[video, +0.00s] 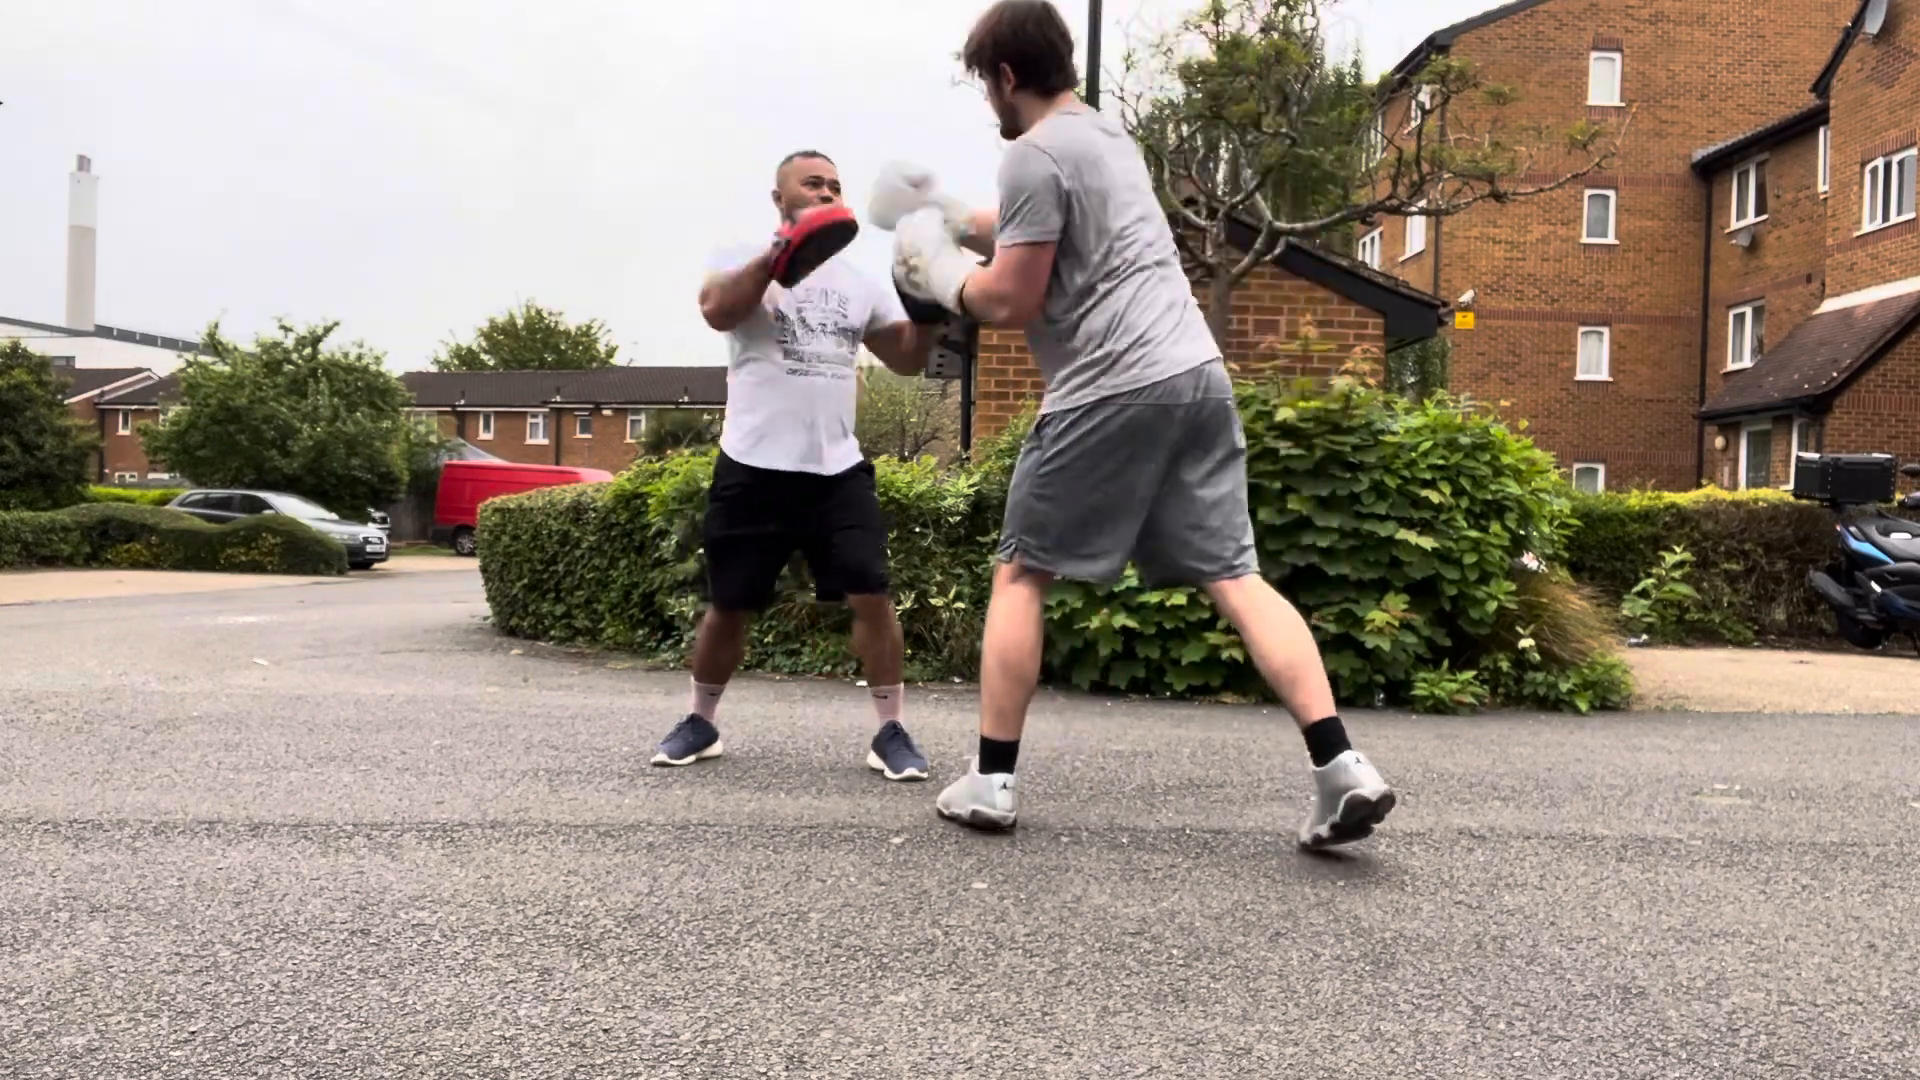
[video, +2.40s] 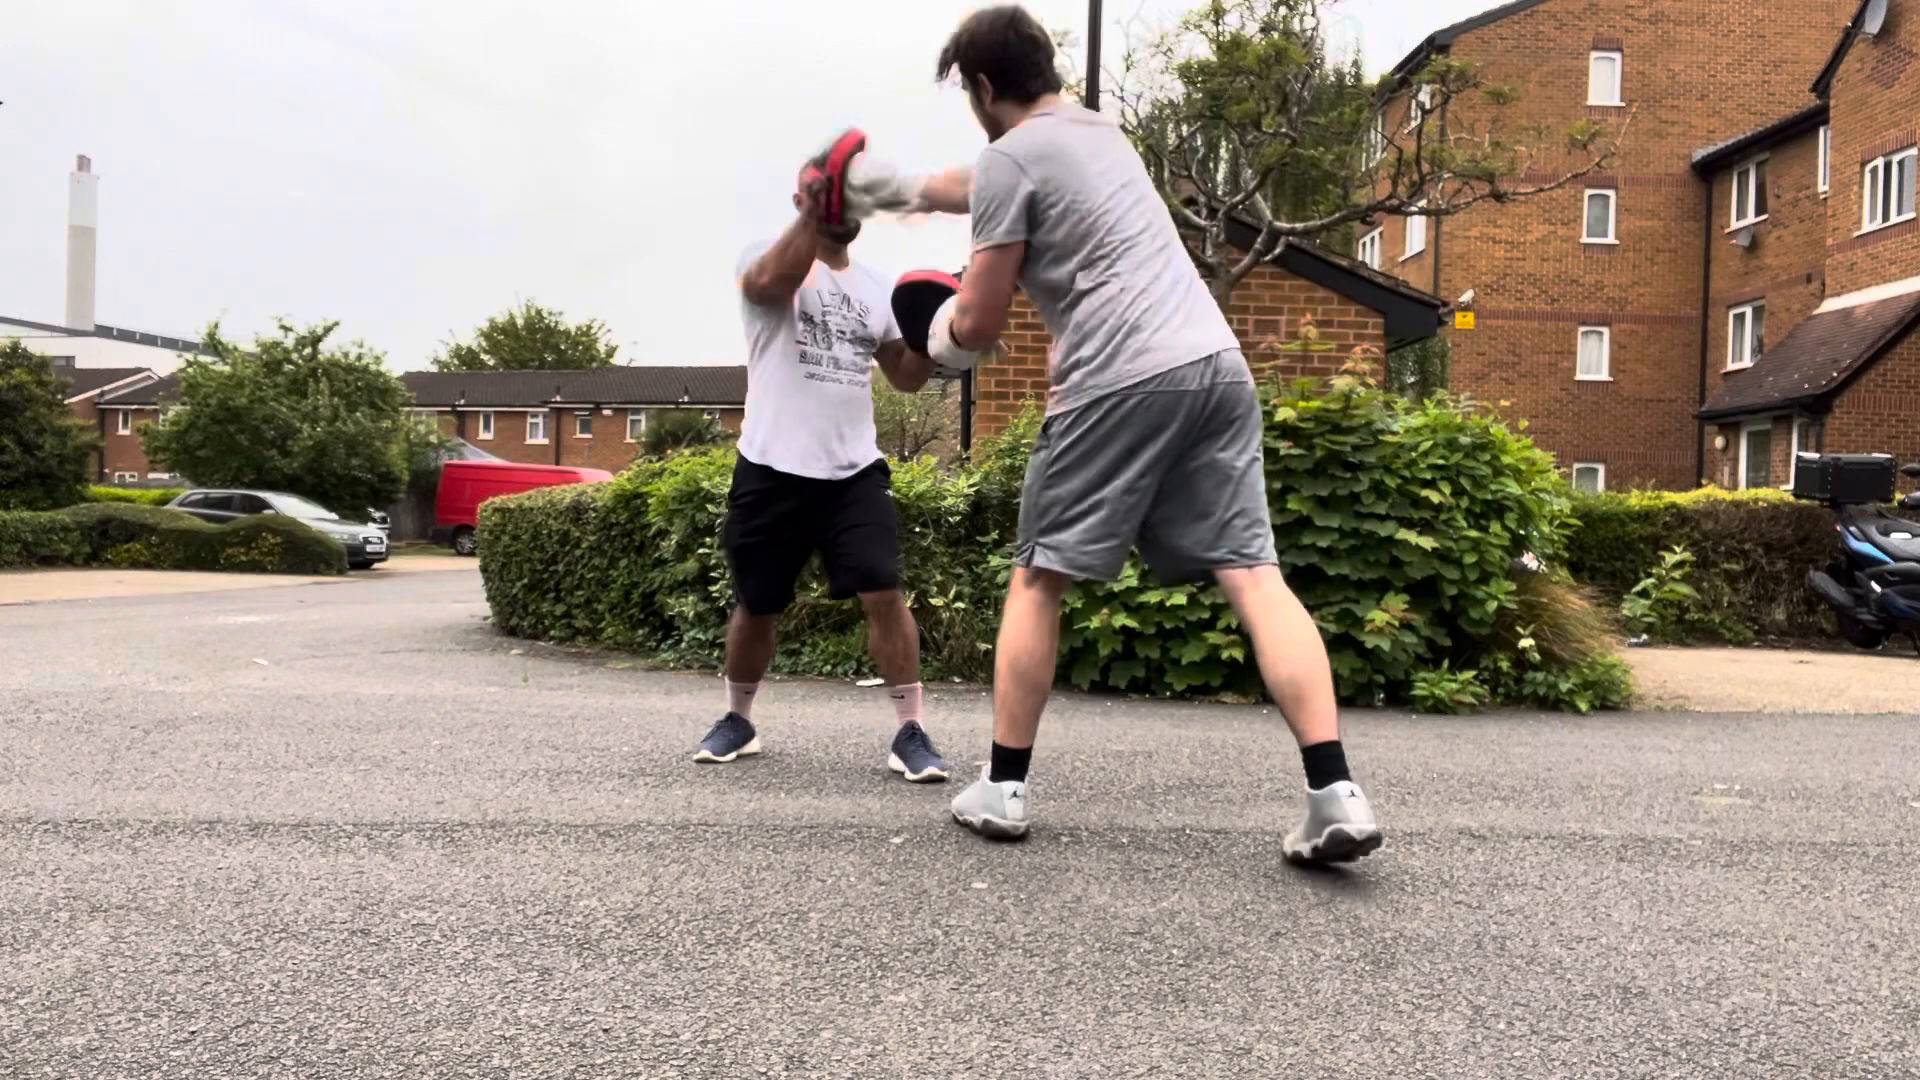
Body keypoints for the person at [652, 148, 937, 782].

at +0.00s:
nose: (828, 194)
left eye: (834, 187)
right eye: (813, 184)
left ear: (843, 201)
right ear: (778, 198)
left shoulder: (858, 278)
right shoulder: (743, 261)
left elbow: (907, 358)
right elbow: (719, 314)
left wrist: (926, 297)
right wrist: (780, 254)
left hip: (838, 464)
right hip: (753, 461)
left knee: (871, 592)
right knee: (727, 603)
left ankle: (890, 729)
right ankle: (700, 721)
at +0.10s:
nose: (849, 191)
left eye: (856, 184)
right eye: (834, 180)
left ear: (864, 202)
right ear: (799, 195)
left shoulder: (891, 265)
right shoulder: (764, 270)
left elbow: (981, 274)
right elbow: (731, 351)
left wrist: (1006, 211)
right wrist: (795, 301)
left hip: (856, 466)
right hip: (768, 464)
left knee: (881, 591)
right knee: (734, 600)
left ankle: (892, 730)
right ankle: (700, 719)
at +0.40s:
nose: (892, 189)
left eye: (899, 181)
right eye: (877, 178)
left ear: (906, 196)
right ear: (841, 187)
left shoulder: (926, 268)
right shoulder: (806, 259)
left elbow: (993, 325)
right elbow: (749, 324)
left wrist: (1017, 275)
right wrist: (791, 256)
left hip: (883, 462)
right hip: (796, 455)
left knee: (896, 595)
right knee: (751, 589)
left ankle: (893, 730)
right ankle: (702, 710)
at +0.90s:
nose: (842, 203)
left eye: (852, 196)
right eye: (829, 191)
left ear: (861, 210)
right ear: (797, 200)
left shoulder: (885, 284)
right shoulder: (755, 277)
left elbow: (940, 347)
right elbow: (716, 367)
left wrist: (995, 348)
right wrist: (753, 310)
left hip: (851, 468)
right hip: (768, 466)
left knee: (874, 592)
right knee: (750, 599)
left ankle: (891, 730)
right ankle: (736, 719)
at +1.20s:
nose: (806, 205)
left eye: (814, 197)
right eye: (792, 195)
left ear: (824, 208)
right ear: (759, 205)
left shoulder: (853, 270)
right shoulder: (735, 275)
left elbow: (923, 321)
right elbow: (693, 360)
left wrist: (938, 287)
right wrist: (731, 297)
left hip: (834, 461)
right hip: (751, 465)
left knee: (862, 591)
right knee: (744, 599)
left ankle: (891, 729)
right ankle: (735, 720)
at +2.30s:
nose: (835, 198)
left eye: (843, 189)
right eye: (821, 188)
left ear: (851, 205)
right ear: (789, 201)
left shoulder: (871, 280)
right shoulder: (756, 267)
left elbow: (919, 359)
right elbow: (729, 309)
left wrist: (950, 311)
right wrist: (765, 229)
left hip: (849, 468)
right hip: (764, 468)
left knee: (880, 584)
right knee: (752, 605)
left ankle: (898, 724)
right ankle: (737, 719)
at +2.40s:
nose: (840, 207)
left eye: (849, 195)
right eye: (827, 195)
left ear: (862, 210)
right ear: (803, 203)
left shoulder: (875, 287)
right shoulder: (768, 263)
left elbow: (907, 376)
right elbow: (769, 286)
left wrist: (938, 329)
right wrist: (811, 217)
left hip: (854, 470)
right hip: (772, 466)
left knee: (884, 590)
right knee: (755, 603)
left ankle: (911, 729)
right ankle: (736, 719)